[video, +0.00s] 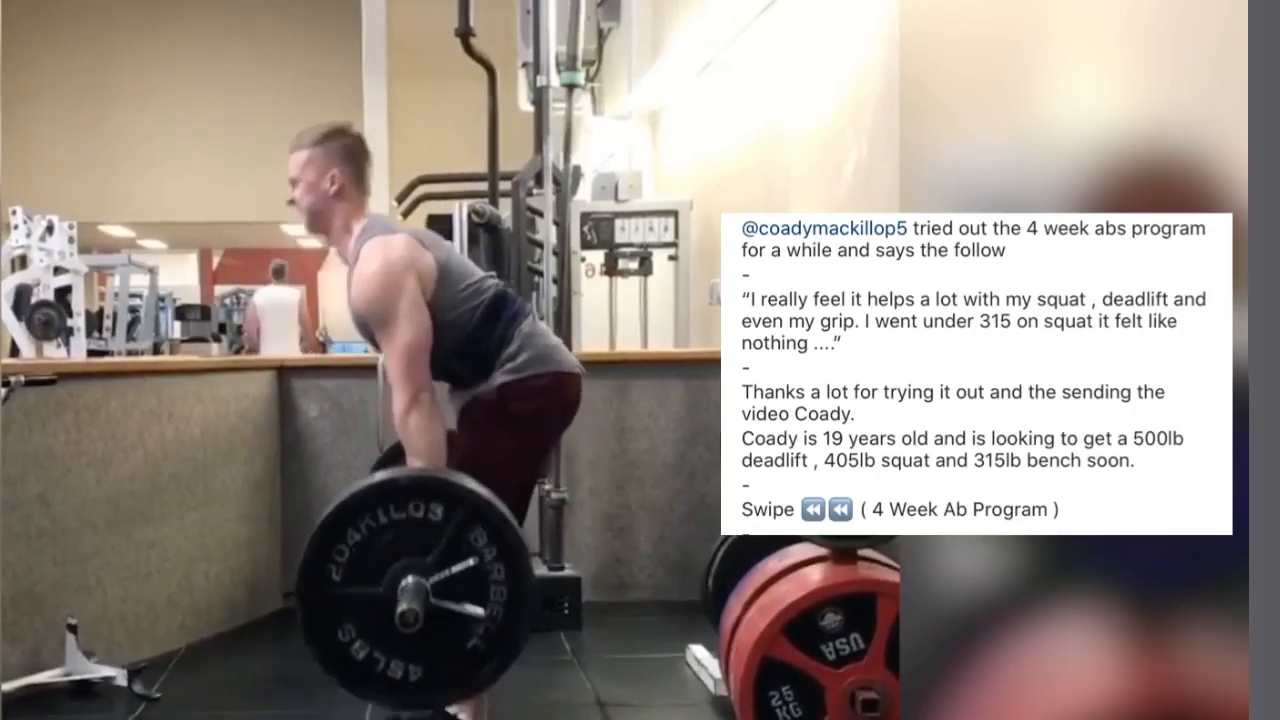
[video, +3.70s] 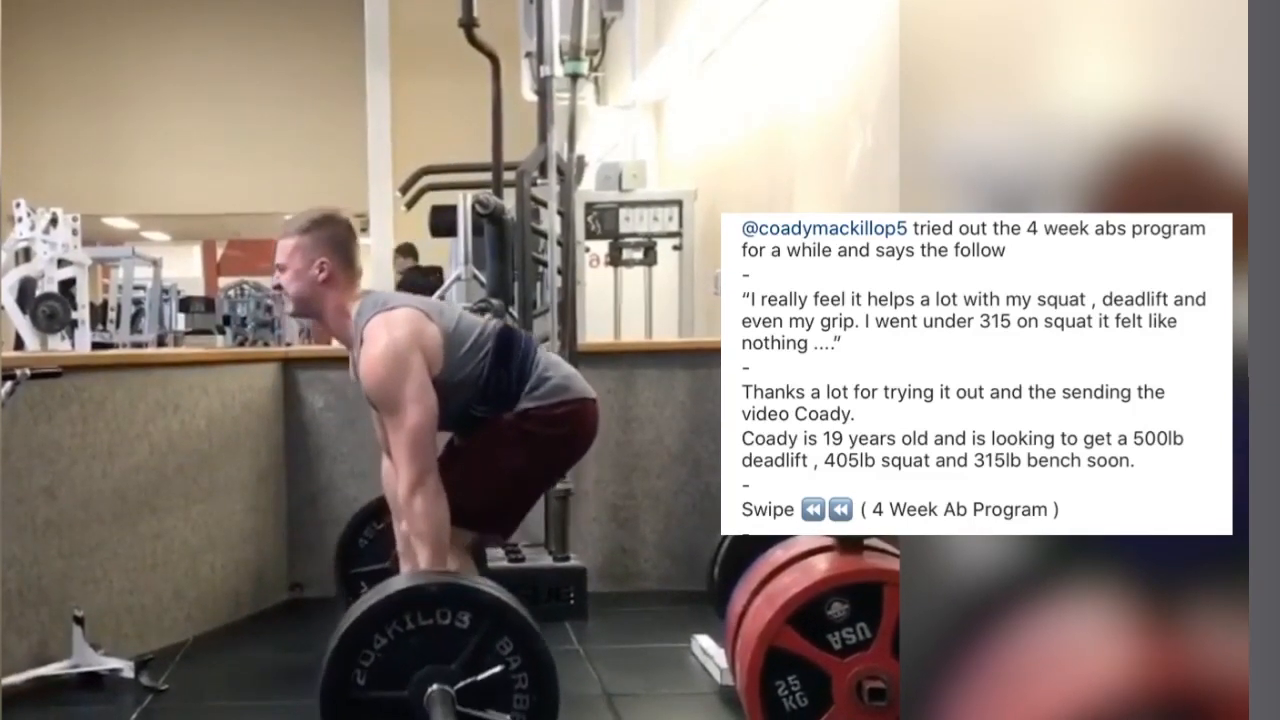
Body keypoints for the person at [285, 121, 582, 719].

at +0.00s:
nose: (290, 196)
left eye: (297, 182)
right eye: (290, 184)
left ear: (335, 180)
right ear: (336, 183)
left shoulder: (384, 263)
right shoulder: (366, 258)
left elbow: (416, 402)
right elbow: (400, 385)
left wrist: (434, 522)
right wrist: (418, 509)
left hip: (528, 380)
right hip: (500, 381)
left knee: (463, 538)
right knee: (455, 533)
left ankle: (465, 701)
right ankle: (453, 696)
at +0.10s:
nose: (304, 168)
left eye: (312, 153)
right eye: (304, 155)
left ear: (350, 154)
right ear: (353, 156)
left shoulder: (395, 237)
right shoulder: (383, 233)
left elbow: (419, 380)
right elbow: (411, 373)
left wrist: (433, 504)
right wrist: (416, 498)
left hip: (520, 379)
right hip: (495, 378)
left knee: (456, 538)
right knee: (445, 531)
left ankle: (466, 708)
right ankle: (454, 700)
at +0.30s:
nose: (344, 120)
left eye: (353, 105)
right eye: (345, 106)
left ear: (393, 104)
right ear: (393, 108)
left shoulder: (420, 195)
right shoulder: (410, 184)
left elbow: (429, 339)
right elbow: (435, 307)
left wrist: (424, 461)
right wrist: (406, 332)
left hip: (487, 381)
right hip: (475, 374)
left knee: (459, 548)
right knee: (451, 542)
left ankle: (466, 708)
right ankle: (458, 696)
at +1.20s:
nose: (375, 104)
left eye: (383, 89)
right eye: (374, 91)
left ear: (421, 89)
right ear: (425, 92)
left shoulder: (445, 184)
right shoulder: (435, 175)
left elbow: (438, 325)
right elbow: (432, 316)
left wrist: (418, 442)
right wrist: (410, 425)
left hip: (476, 380)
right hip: (470, 375)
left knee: (440, 542)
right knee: (448, 542)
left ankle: (467, 707)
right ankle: (463, 699)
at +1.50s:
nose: (293, 174)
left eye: (301, 159)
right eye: (293, 160)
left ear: (339, 160)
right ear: (342, 162)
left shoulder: (389, 242)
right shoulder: (375, 236)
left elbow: (414, 394)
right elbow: (404, 380)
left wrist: (424, 519)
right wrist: (412, 513)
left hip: (518, 381)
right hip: (491, 381)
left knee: (456, 538)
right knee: (447, 533)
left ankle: (468, 703)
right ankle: (457, 698)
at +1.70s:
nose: (256, 241)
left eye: (263, 228)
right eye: (257, 229)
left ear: (299, 228)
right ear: (299, 228)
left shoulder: (365, 305)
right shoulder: (355, 294)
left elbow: (408, 444)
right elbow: (404, 436)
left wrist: (425, 558)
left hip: (530, 379)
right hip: (514, 378)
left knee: (458, 530)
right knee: (459, 529)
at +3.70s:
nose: (275, 282)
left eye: (283, 270)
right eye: (276, 271)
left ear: (322, 270)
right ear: (320, 271)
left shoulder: (388, 345)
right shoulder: (367, 342)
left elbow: (421, 485)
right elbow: (393, 460)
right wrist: (412, 580)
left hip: (552, 406)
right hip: (523, 406)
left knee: (440, 532)